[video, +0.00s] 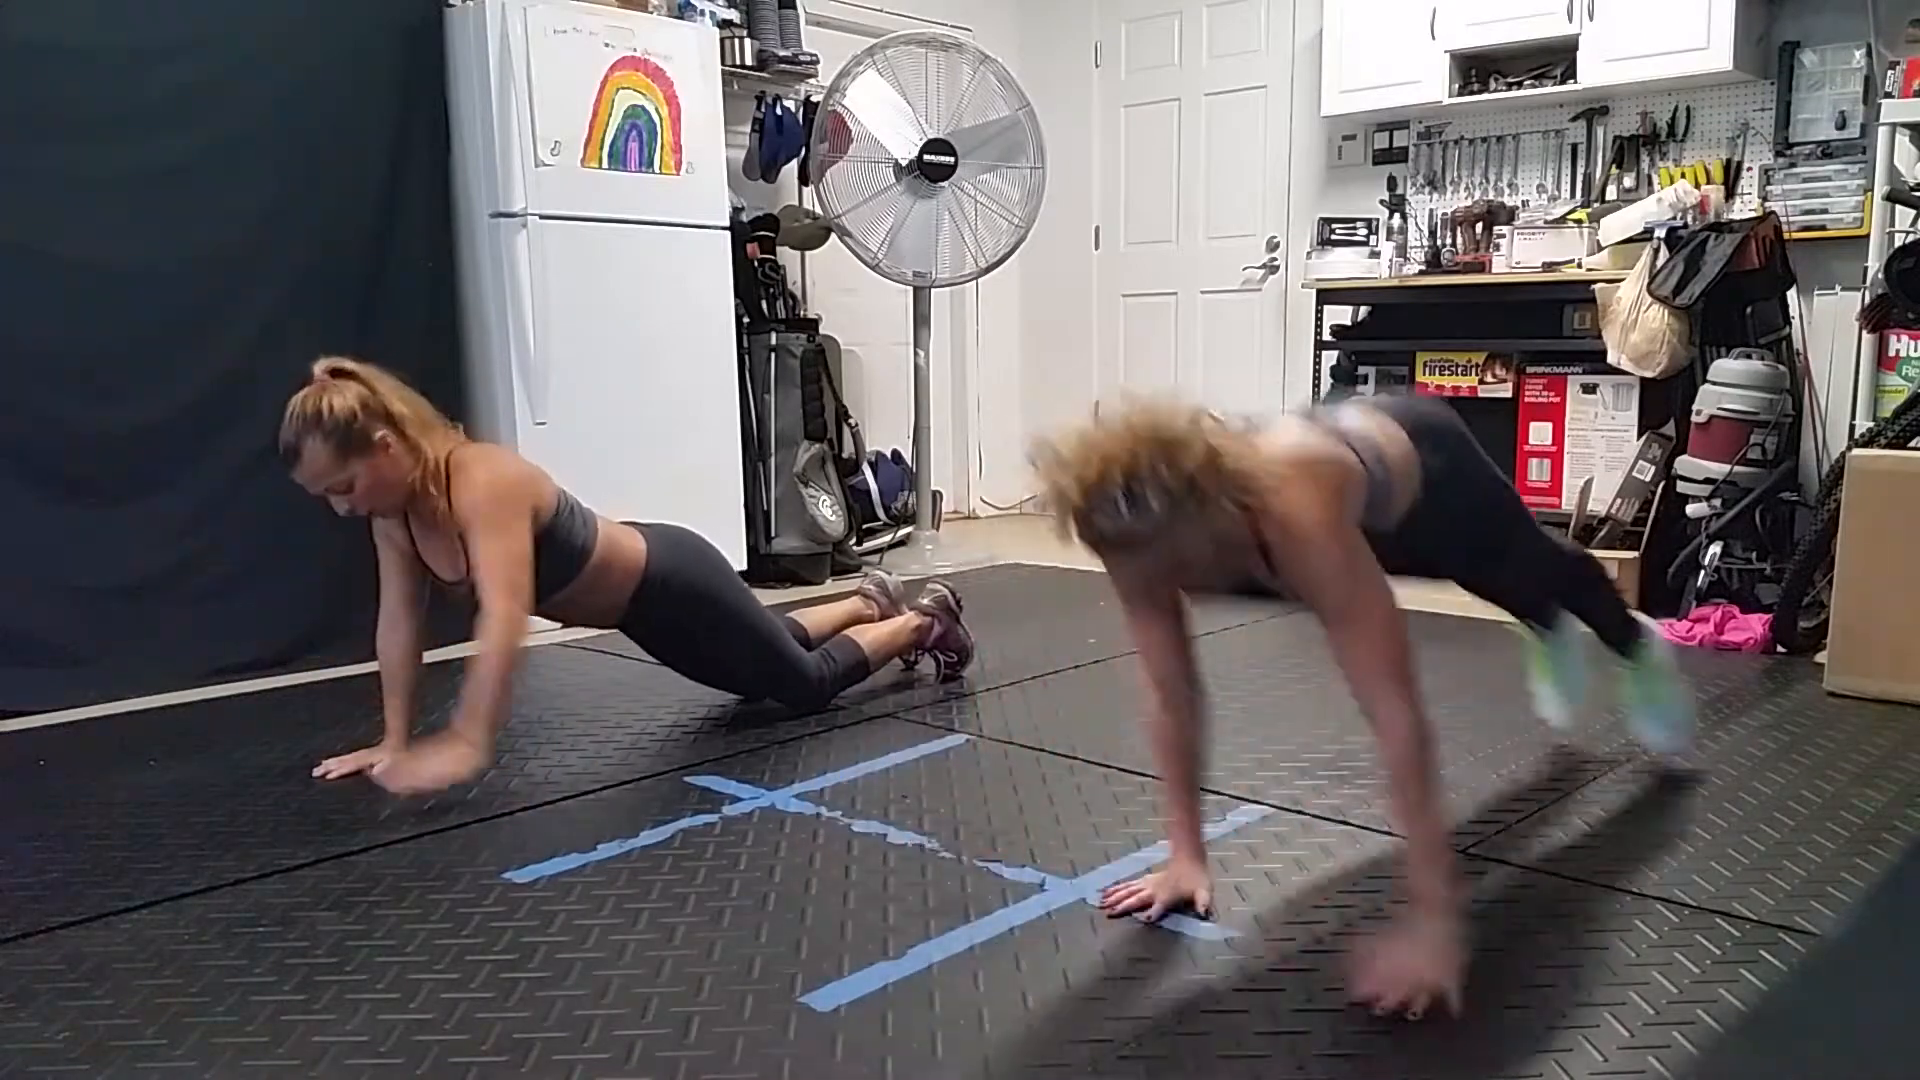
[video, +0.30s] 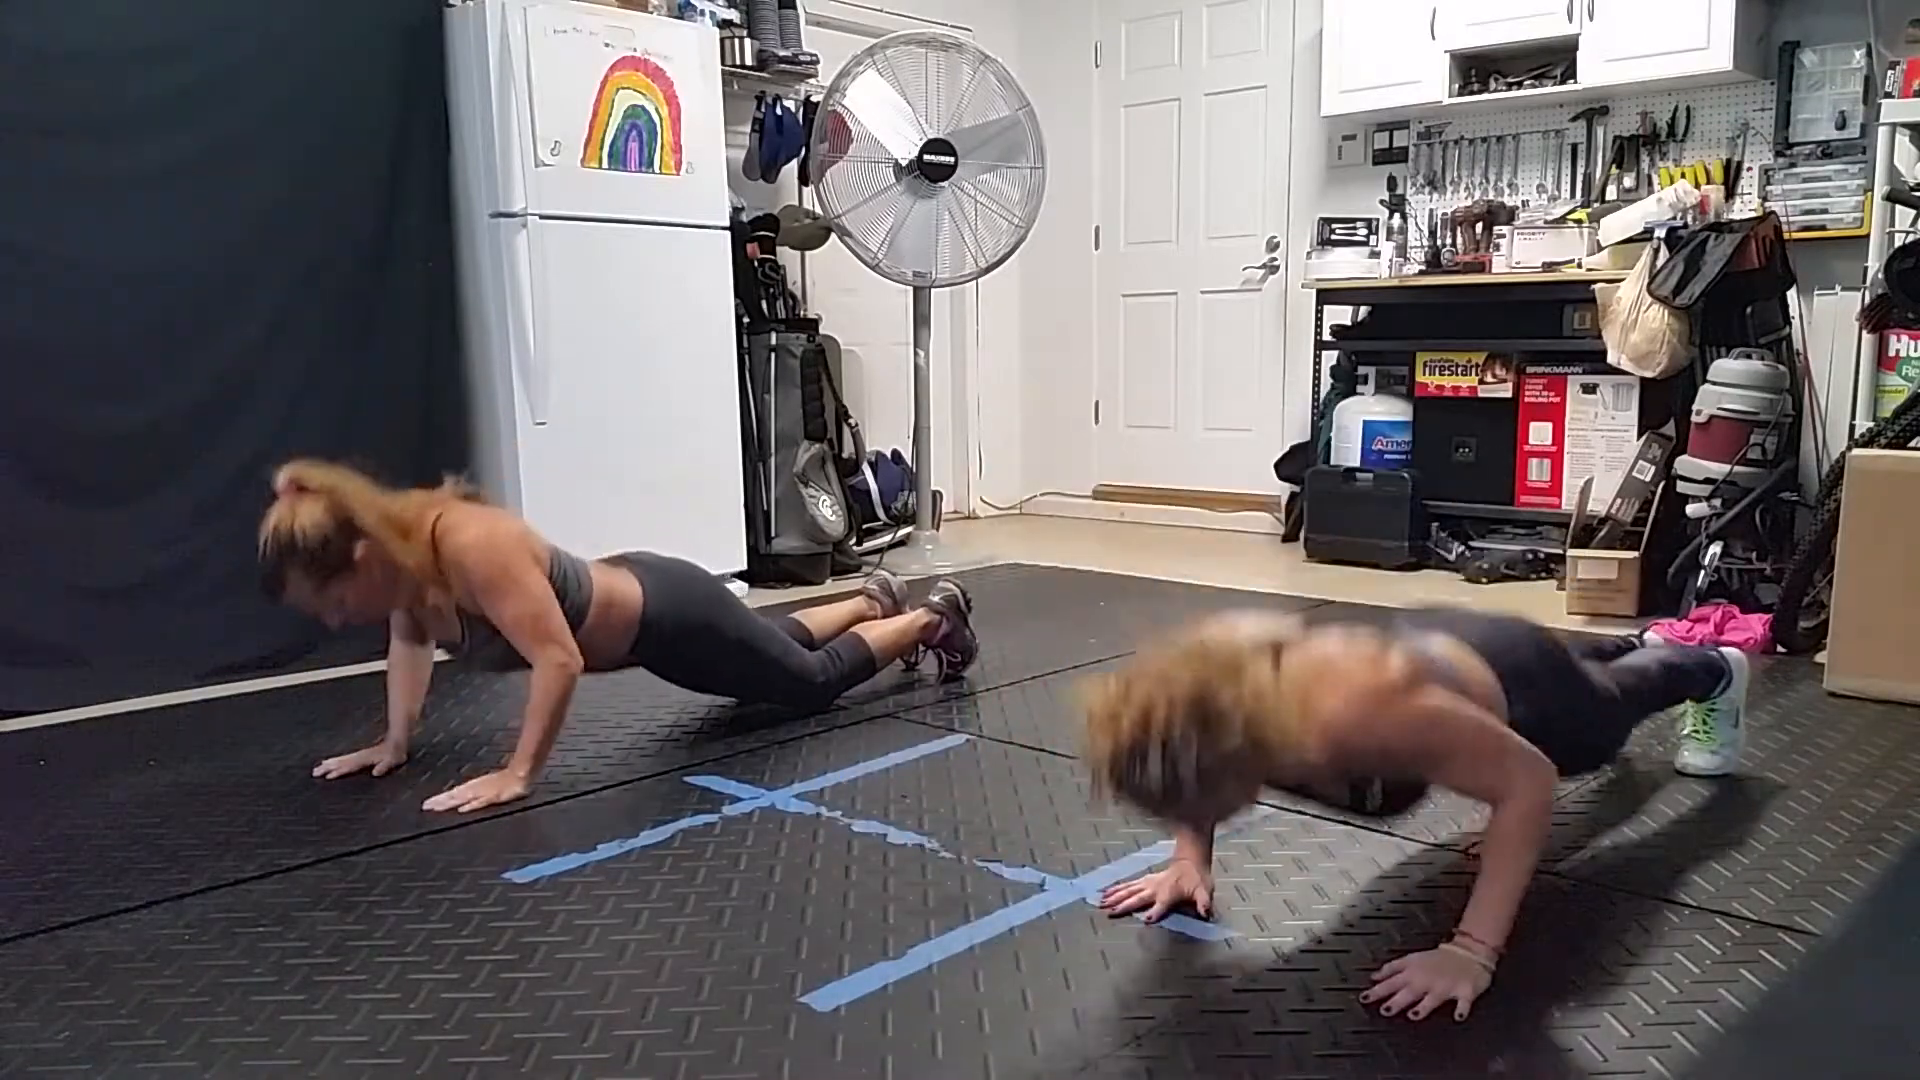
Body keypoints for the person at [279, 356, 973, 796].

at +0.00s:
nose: (344, 506)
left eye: (343, 486)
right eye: (330, 496)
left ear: (384, 439)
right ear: (350, 468)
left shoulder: (483, 483)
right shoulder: (396, 501)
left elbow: (507, 617)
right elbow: (399, 613)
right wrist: (393, 738)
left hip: (675, 587)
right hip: (643, 595)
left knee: (808, 680)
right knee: (764, 652)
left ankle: (920, 627)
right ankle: (869, 601)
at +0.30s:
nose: (337, 620)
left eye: (330, 603)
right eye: (322, 611)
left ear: (357, 559)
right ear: (347, 557)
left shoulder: (471, 542)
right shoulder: (405, 554)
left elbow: (560, 661)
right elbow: (410, 645)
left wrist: (516, 775)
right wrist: (391, 744)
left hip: (668, 617)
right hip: (640, 604)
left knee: (816, 676)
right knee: (769, 648)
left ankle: (930, 620)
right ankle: (870, 600)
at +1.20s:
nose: (397, 475)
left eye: (405, 459)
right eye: (389, 461)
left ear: (457, 439)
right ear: (433, 440)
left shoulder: (528, 512)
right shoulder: (457, 485)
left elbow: (540, 654)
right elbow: (392, 580)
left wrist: (518, 772)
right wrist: (332, 681)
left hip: (706, 608)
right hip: (667, 578)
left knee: (832, 677)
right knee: (771, 641)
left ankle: (932, 622)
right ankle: (868, 600)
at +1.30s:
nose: (404, 451)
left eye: (417, 435)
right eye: (402, 435)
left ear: (477, 428)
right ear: (445, 423)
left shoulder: (534, 513)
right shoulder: (458, 461)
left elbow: (538, 651)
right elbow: (338, 510)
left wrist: (520, 772)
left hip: (714, 607)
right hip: (679, 563)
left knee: (833, 676)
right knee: (785, 615)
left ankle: (936, 623)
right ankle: (881, 595)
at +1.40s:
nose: (412, 429)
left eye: (429, 414)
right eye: (410, 410)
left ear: (491, 417)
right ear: (445, 413)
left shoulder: (538, 508)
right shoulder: (455, 446)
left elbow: (537, 646)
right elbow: (318, 423)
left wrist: (519, 772)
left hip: (718, 604)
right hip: (679, 569)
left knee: (834, 679)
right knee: (788, 627)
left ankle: (935, 622)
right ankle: (887, 595)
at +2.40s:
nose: (306, 646)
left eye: (306, 628)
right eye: (296, 632)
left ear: (349, 590)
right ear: (344, 583)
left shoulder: (453, 596)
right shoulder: (403, 592)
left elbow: (567, 670)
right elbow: (405, 656)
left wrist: (516, 775)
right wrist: (400, 736)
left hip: (666, 643)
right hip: (625, 620)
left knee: (813, 678)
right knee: (758, 640)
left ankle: (917, 617)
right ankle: (859, 599)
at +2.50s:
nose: (314, 685)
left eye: (307, 671)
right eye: (299, 675)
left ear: (337, 632)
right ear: (333, 630)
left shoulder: (449, 609)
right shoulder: (383, 614)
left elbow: (561, 672)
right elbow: (392, 665)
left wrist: (516, 774)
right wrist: (398, 734)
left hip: (657, 652)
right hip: (618, 629)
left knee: (814, 678)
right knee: (760, 643)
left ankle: (914, 613)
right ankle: (865, 597)